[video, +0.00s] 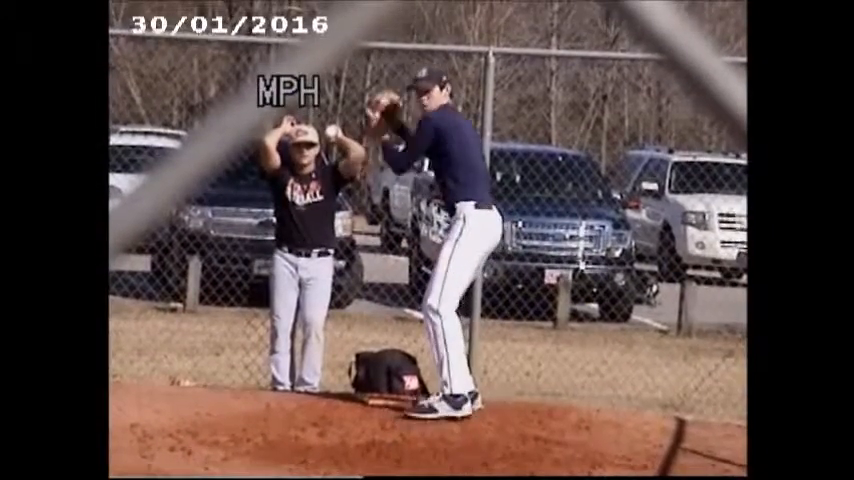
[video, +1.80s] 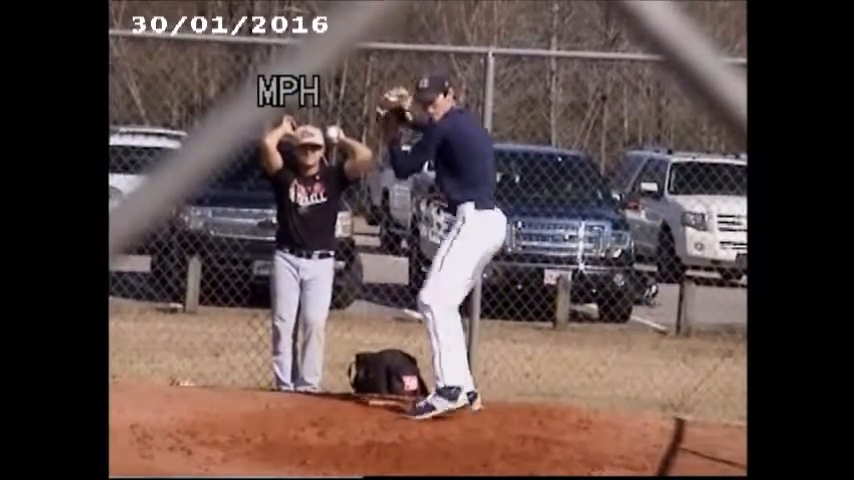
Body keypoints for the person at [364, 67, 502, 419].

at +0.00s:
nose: (422, 98)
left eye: (427, 92)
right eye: (419, 93)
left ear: (446, 90)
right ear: (424, 95)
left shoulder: (434, 121)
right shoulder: (456, 121)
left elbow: (400, 163)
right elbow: (415, 153)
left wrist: (381, 136)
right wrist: (395, 126)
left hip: (472, 219)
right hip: (482, 218)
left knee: (438, 305)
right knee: (440, 305)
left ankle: (456, 394)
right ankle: (462, 390)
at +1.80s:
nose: (427, 111)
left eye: (431, 103)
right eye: (424, 105)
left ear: (450, 96)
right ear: (447, 100)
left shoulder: (443, 128)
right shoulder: (467, 121)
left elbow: (403, 168)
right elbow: (434, 131)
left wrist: (391, 134)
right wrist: (408, 118)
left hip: (474, 219)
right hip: (490, 218)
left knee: (433, 298)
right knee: (443, 302)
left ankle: (451, 386)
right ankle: (463, 386)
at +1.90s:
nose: (428, 107)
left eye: (429, 101)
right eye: (425, 102)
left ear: (446, 91)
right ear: (450, 91)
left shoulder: (441, 124)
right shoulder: (474, 112)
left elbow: (399, 159)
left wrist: (397, 120)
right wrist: (417, 96)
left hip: (474, 214)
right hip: (497, 216)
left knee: (412, 274)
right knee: (449, 293)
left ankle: (444, 355)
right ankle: (461, 383)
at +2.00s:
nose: (424, 108)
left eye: (426, 102)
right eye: (421, 104)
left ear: (445, 92)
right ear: (448, 93)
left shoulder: (439, 124)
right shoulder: (474, 112)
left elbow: (394, 156)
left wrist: (411, 122)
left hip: (476, 213)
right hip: (500, 216)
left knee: (401, 251)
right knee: (461, 302)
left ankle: (439, 325)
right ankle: (462, 387)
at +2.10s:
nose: (419, 103)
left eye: (423, 96)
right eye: (417, 98)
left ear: (442, 91)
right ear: (445, 93)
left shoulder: (436, 121)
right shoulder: (472, 116)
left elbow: (393, 160)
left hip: (475, 211)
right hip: (503, 214)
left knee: (396, 234)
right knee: (461, 302)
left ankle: (422, 314)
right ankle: (462, 385)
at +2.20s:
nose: (423, 111)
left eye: (428, 104)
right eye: (420, 105)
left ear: (446, 101)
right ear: (448, 104)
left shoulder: (439, 129)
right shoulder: (470, 126)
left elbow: (396, 171)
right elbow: (454, 183)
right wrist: (429, 185)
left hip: (478, 220)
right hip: (505, 226)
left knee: (397, 241)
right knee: (458, 302)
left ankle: (395, 329)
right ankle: (460, 388)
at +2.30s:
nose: (426, 120)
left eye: (432, 114)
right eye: (425, 114)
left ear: (451, 113)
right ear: (454, 116)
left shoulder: (444, 139)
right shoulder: (475, 141)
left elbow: (391, 162)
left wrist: (356, 182)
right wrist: (443, 190)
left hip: (479, 230)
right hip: (505, 238)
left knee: (397, 264)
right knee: (443, 301)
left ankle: (364, 349)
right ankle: (458, 387)